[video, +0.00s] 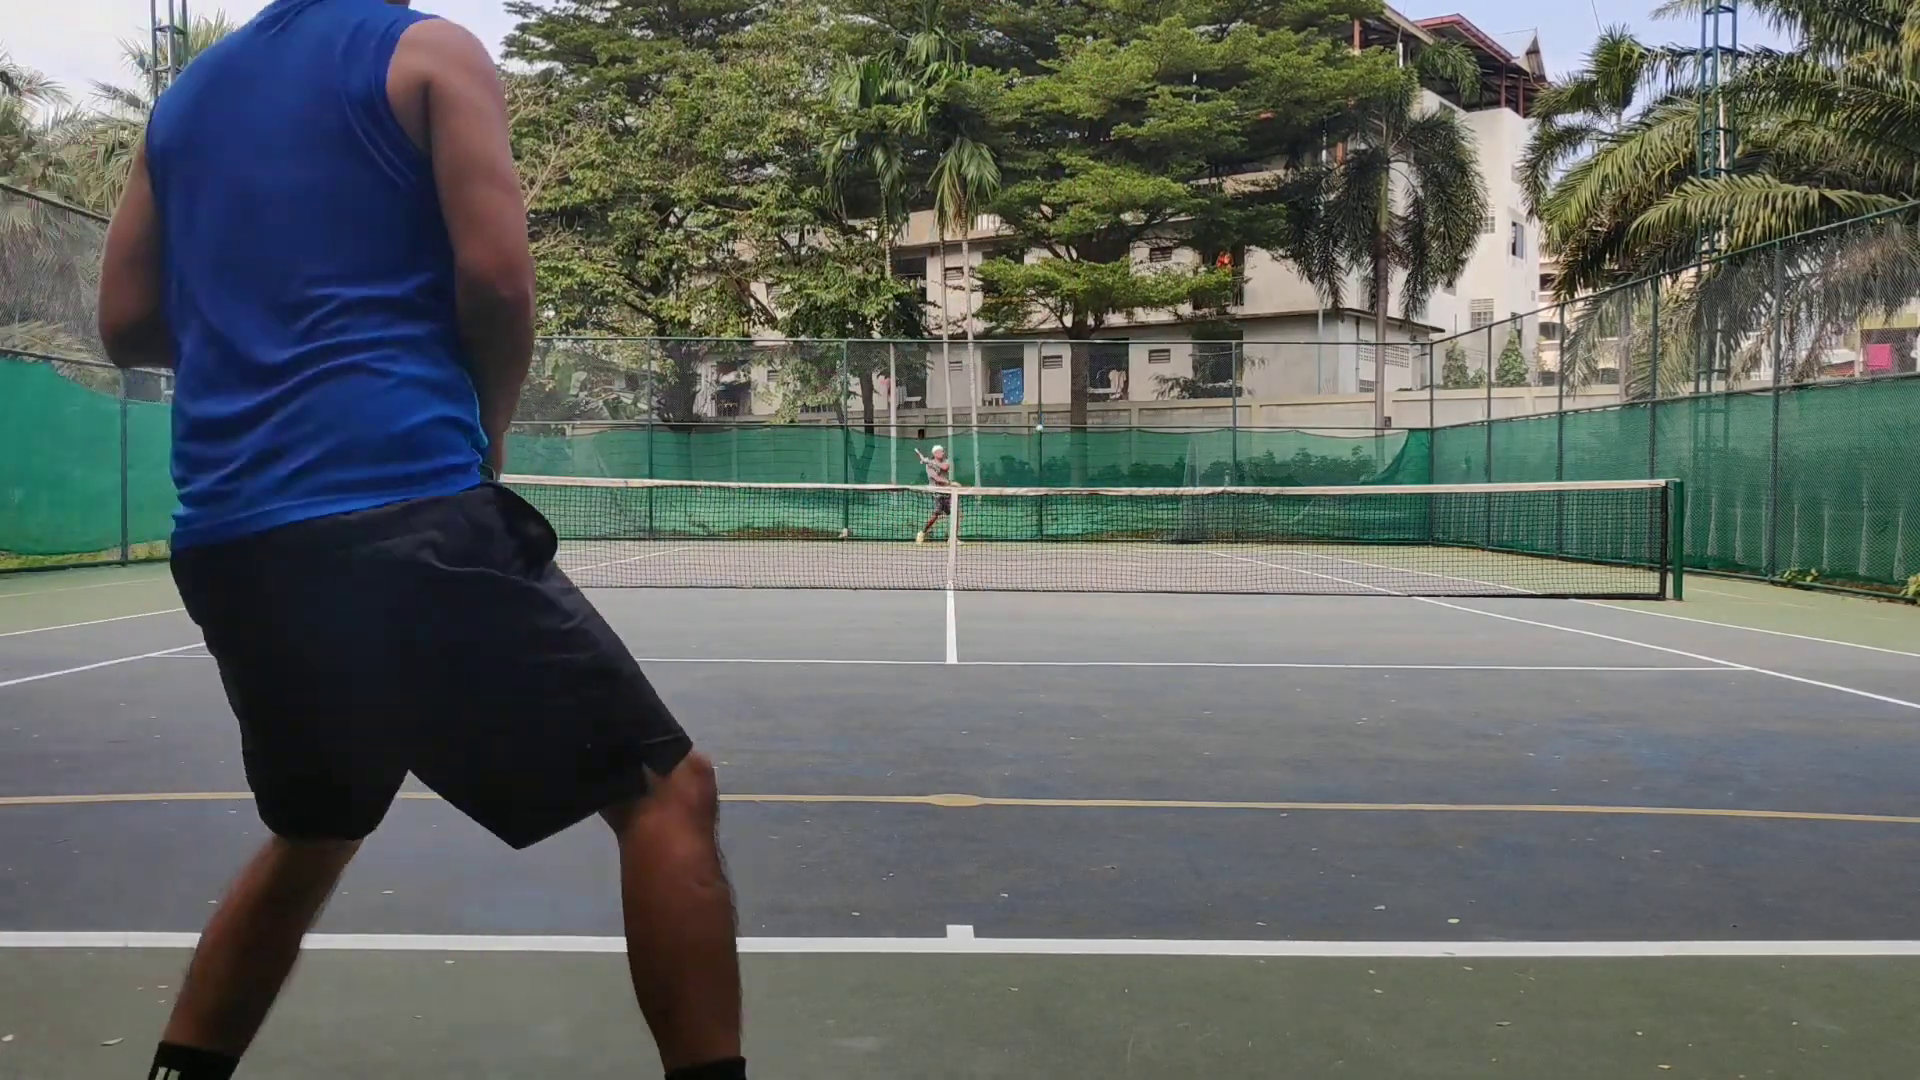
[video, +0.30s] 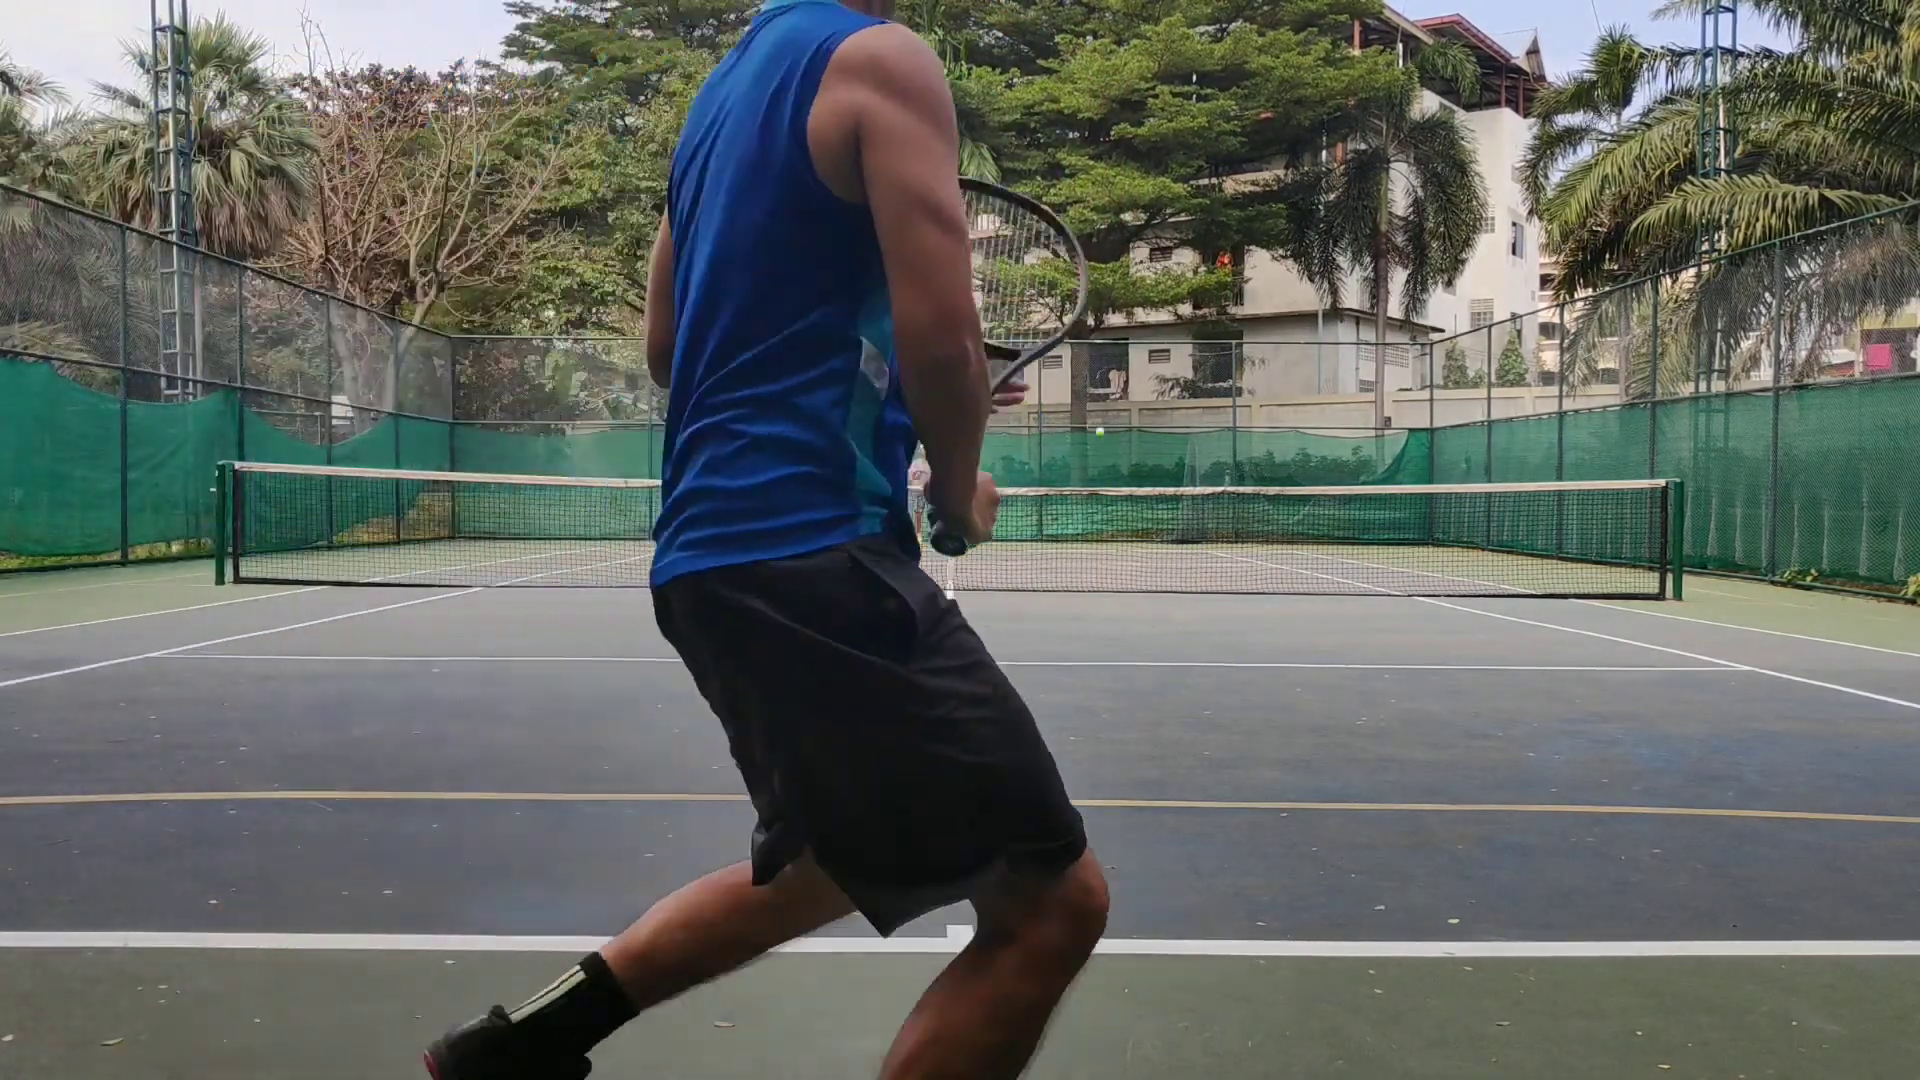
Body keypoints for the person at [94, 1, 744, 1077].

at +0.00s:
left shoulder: (183, 98)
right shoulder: (430, 49)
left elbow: (128, 323)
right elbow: (497, 275)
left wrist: (277, 330)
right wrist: (480, 433)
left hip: (227, 551)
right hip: (406, 523)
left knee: (315, 823)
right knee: (665, 791)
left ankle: (183, 1067)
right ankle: (710, 1068)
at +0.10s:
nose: (545, 9)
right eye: (543, 1)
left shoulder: (328, 123)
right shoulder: (550, 72)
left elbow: (274, 360)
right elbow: (608, 303)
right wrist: (604, 454)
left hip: (352, 578)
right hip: (520, 557)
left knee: (384, 841)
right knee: (811, 814)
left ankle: (201, 1069)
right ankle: (799, 1070)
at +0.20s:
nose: (727, 4)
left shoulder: (518, 107)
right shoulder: (693, 50)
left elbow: (454, 340)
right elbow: (749, 311)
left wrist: (617, 331)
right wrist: (772, 461)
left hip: (539, 569)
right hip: (662, 565)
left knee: (522, 869)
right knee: (937, 862)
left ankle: (250, 1065)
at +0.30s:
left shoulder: (724, 90)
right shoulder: (882, 60)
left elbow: (668, 344)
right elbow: (938, 329)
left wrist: (897, 395)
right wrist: (956, 488)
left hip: (713, 559)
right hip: (815, 553)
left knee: (839, 852)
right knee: (1051, 903)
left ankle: (527, 1044)